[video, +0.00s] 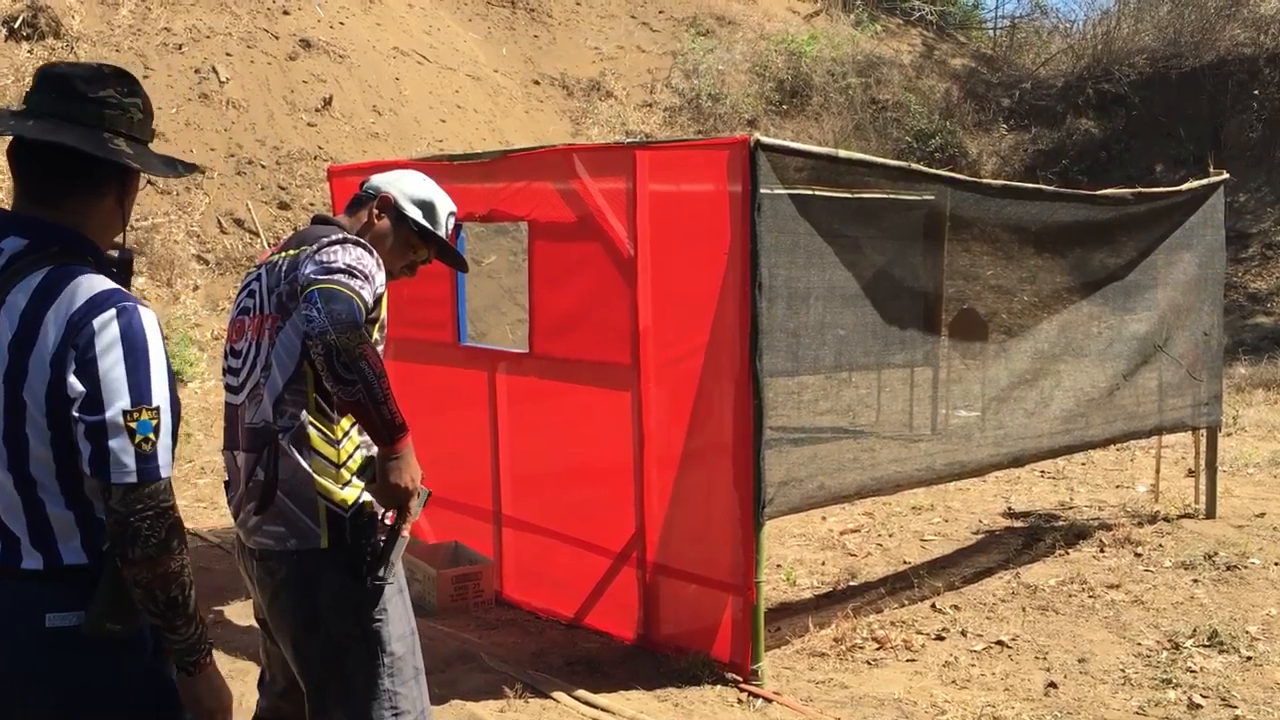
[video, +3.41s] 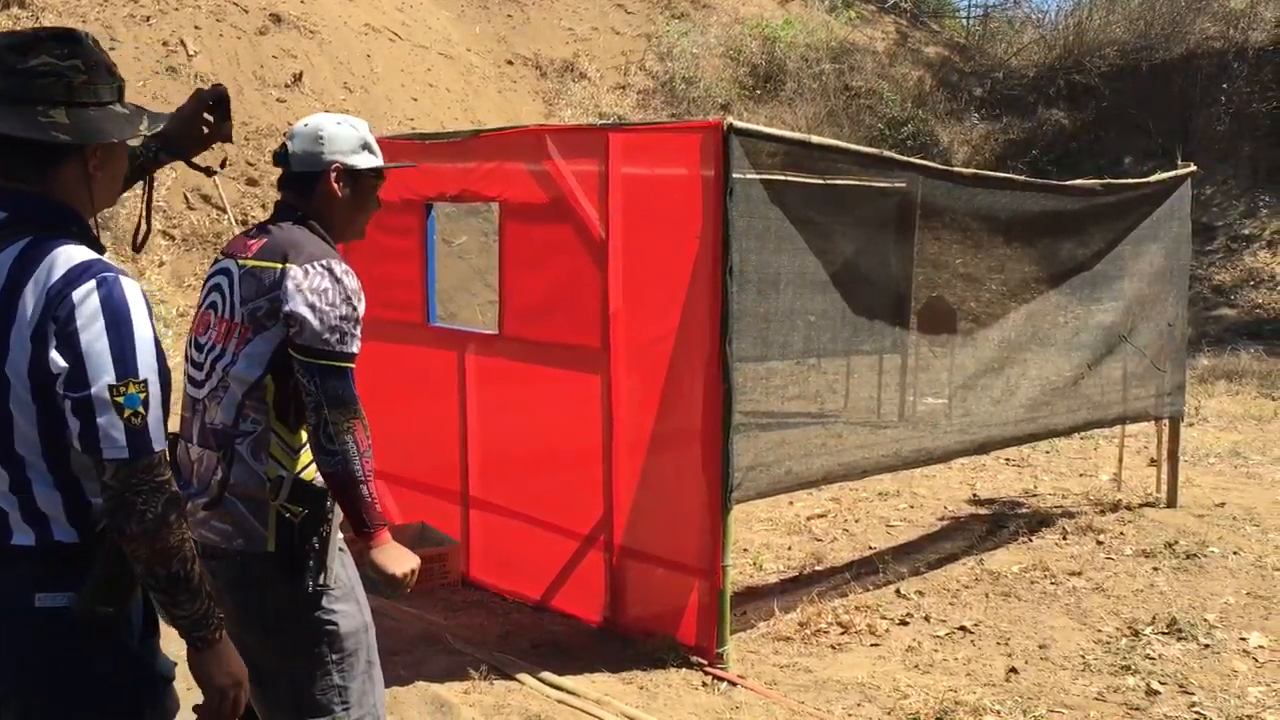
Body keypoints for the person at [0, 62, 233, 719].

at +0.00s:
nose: (138, 194)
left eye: (137, 176)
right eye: (139, 178)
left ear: (14, 164)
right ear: (125, 185)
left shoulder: (8, 271)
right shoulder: (108, 319)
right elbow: (143, 528)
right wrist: (196, 664)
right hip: (81, 625)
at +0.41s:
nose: (76, 195)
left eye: (76, 178)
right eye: (71, 178)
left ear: (13, 178)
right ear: (41, 183)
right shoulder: (33, 309)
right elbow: (60, 518)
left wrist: (34, 294)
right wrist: (123, 652)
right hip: (35, 646)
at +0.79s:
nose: (73, 206)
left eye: (75, 185)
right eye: (67, 182)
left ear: (22, 178)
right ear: (24, 176)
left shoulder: (17, 286)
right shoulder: (27, 295)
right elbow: (55, 496)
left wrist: (34, 276)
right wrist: (126, 640)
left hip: (17, 635)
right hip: (37, 644)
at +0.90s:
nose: (87, 206)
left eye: (89, 187)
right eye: (83, 184)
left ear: (34, 178)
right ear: (40, 176)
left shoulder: (19, 287)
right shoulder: (37, 296)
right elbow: (70, 500)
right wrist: (139, 641)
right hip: (39, 642)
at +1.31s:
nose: (167, 212)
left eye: (173, 195)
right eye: (168, 191)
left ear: (50, 162)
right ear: (126, 182)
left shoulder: (7, 255)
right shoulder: (115, 314)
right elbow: (149, 529)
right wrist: (207, 658)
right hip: (84, 638)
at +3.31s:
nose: (138, 164)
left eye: (141, 147)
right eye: (135, 148)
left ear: (14, 149)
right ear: (99, 160)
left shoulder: (11, 258)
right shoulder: (98, 293)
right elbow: (141, 507)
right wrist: (201, 641)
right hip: (76, 618)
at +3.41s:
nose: (131, 158)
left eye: (134, 143)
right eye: (124, 144)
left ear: (12, 147)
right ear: (87, 159)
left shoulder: (7, 247)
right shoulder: (91, 292)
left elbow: (70, 194)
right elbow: (141, 503)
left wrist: (164, 146)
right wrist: (208, 637)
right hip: (76, 611)